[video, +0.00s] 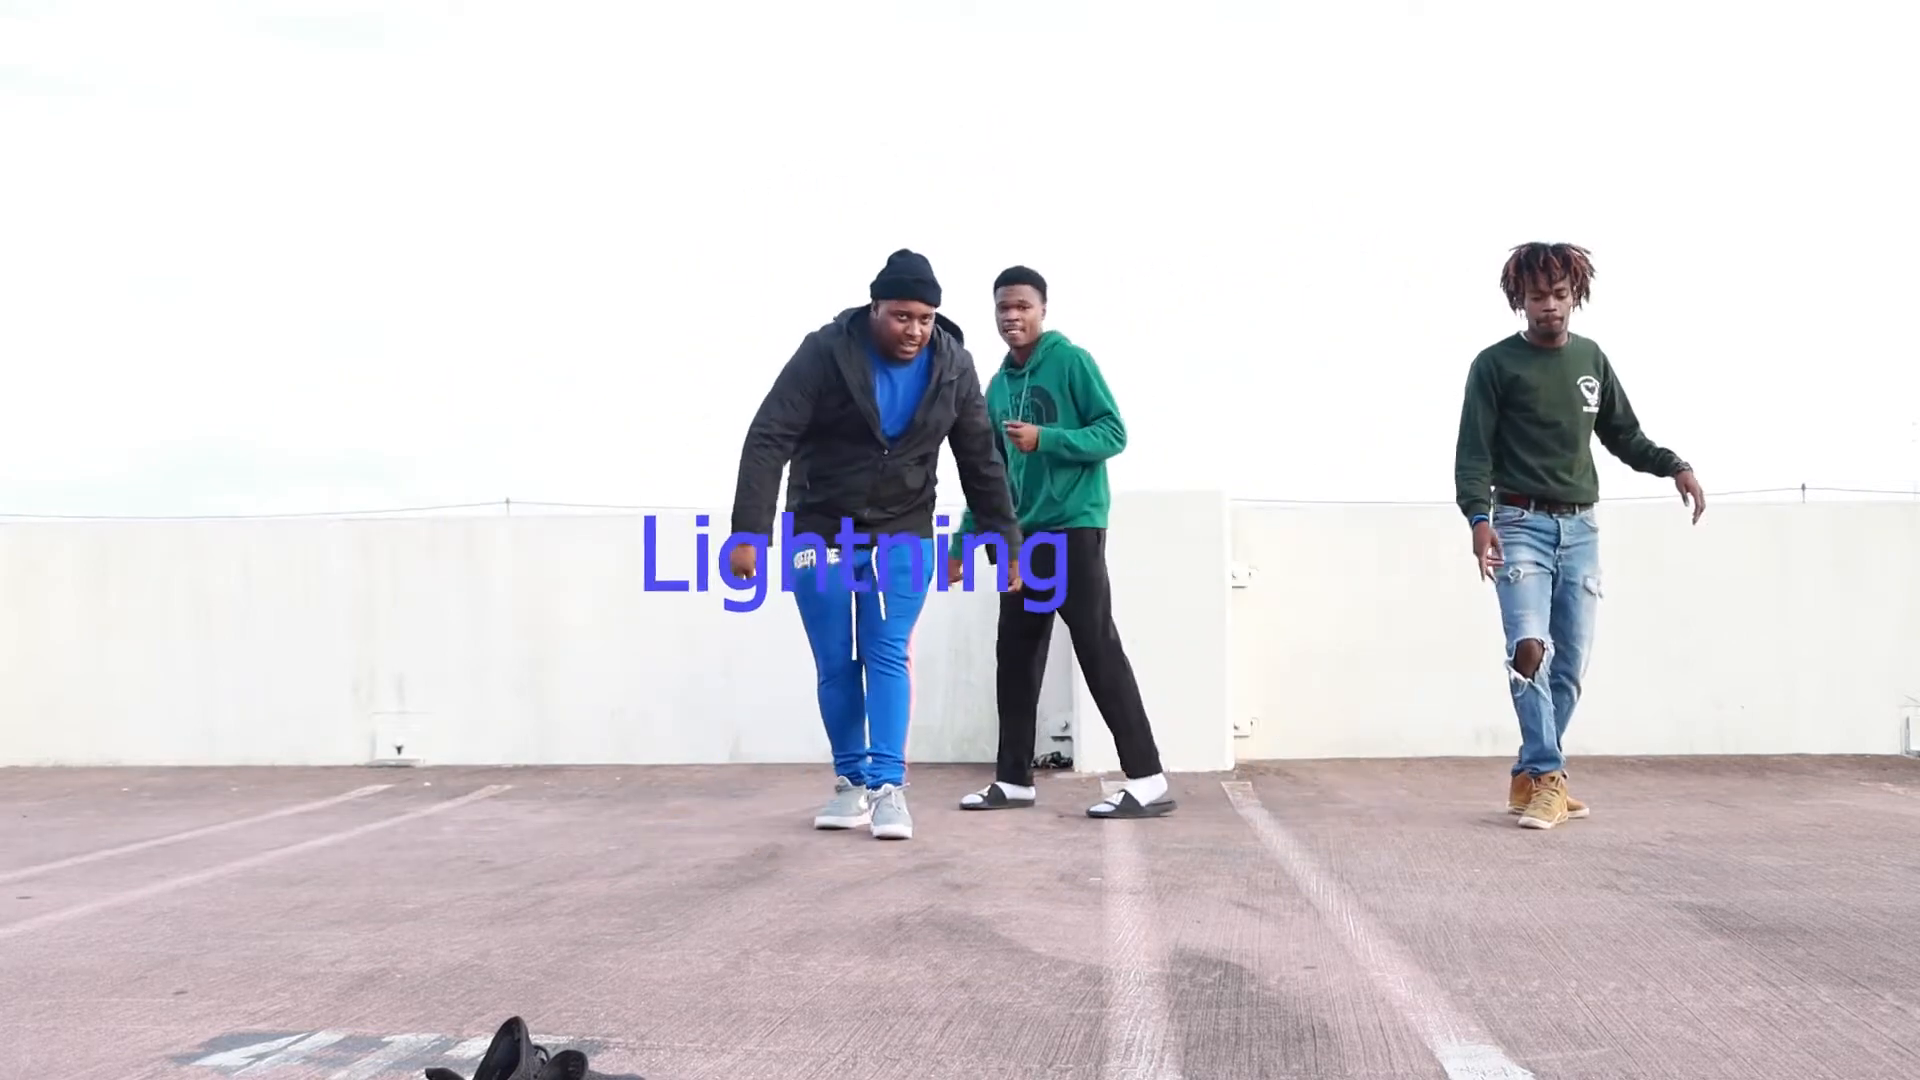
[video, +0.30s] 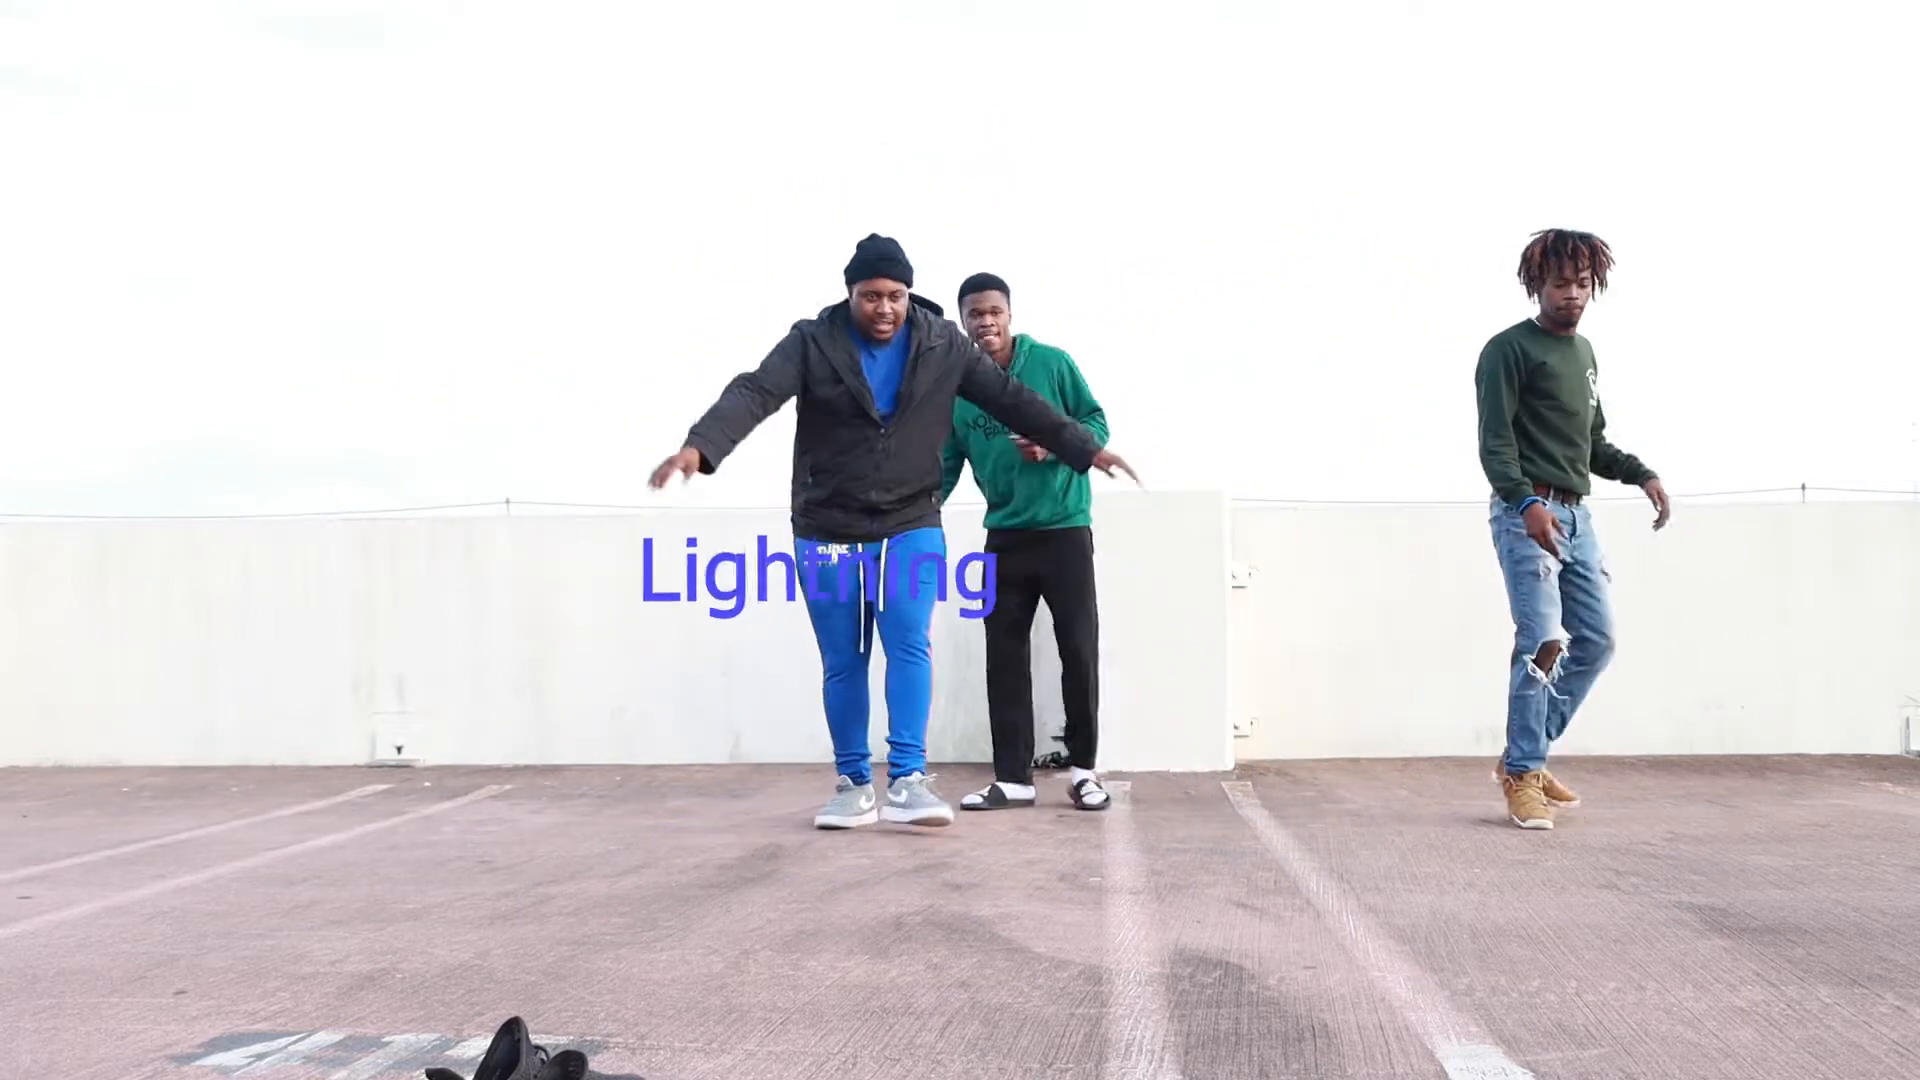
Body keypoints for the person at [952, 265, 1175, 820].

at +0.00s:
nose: (1013, 316)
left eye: (1023, 306)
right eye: (1005, 308)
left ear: (1044, 310)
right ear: (996, 316)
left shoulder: (1070, 361)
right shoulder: (998, 387)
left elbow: (1112, 434)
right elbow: (987, 474)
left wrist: (1044, 438)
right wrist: (964, 541)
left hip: (1075, 528)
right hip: (1022, 534)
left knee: (1098, 651)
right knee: (1015, 657)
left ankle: (1148, 781)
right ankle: (1014, 782)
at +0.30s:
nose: (986, 322)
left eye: (994, 312)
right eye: (975, 314)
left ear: (1011, 314)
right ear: (963, 322)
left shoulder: (1051, 362)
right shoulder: (961, 388)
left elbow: (1095, 427)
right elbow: (941, 473)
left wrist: (1053, 444)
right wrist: (905, 510)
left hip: (1065, 532)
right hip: (1006, 537)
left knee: (1079, 655)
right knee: (1005, 659)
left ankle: (1082, 772)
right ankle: (1013, 781)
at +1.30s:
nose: (1037, 343)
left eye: (1044, 334)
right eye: (1028, 334)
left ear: (1054, 340)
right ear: (1011, 338)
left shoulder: (1062, 403)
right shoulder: (981, 380)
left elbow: (1069, 472)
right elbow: (950, 438)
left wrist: (1076, 499)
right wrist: (948, 502)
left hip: (1030, 537)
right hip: (975, 531)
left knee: (1026, 653)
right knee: (971, 652)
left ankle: (1021, 767)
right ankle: (976, 766)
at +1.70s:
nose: (966, 345)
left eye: (974, 337)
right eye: (959, 336)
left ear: (983, 342)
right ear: (940, 338)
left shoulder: (1009, 396)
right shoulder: (916, 387)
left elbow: (1036, 474)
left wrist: (1052, 547)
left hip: (988, 539)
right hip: (920, 536)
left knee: (1004, 659)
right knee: (907, 658)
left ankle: (1018, 766)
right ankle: (903, 765)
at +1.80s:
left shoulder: (984, 390)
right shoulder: (885, 387)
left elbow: (1018, 468)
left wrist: (1041, 540)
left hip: (971, 537)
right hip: (898, 536)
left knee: (993, 657)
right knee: (898, 658)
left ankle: (1018, 766)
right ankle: (901, 763)